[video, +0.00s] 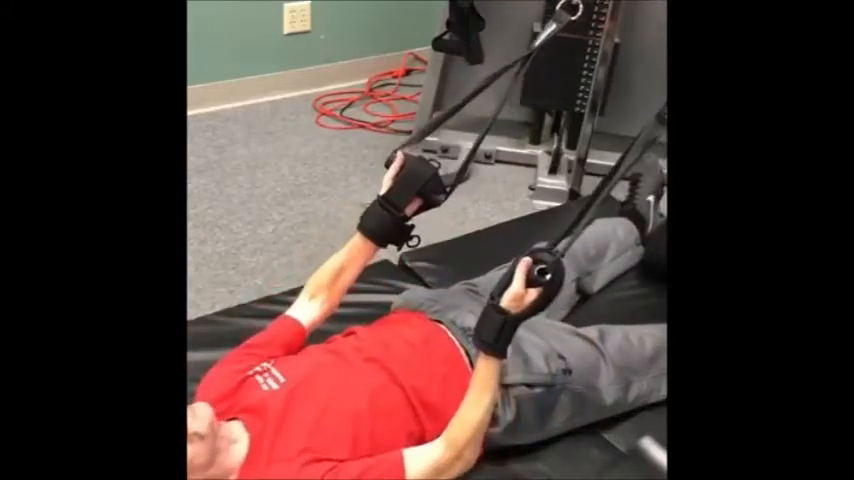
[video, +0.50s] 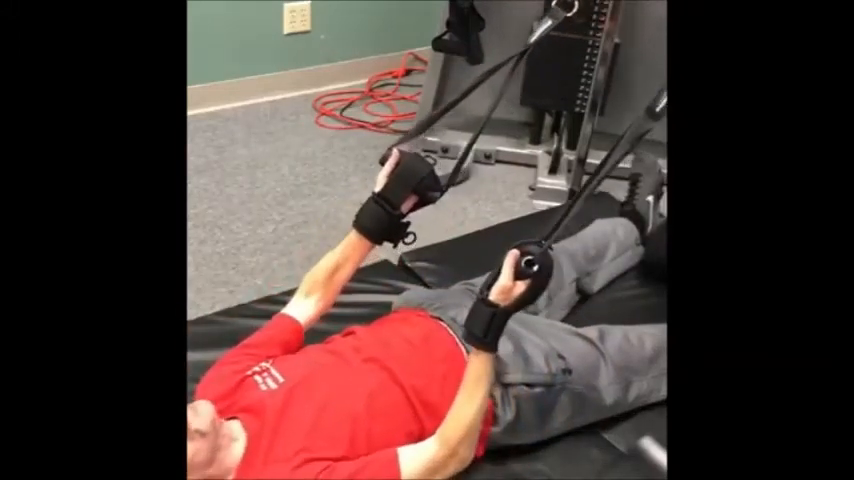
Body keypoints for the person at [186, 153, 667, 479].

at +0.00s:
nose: (198, 417)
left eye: (183, 415)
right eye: (187, 438)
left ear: (186, 409)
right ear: (194, 474)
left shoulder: (222, 381)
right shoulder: (289, 475)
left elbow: (315, 300)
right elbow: (449, 457)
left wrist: (386, 214)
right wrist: (500, 329)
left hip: (426, 312)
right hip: (488, 385)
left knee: (552, 270)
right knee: (646, 352)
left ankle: (635, 221)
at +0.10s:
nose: (197, 417)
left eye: (183, 415)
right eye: (186, 438)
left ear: (186, 410)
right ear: (194, 474)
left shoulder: (221, 382)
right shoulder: (286, 475)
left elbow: (314, 300)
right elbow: (447, 457)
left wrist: (385, 214)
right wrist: (500, 324)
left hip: (425, 314)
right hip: (488, 386)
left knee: (552, 270)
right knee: (643, 353)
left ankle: (634, 221)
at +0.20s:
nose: (197, 418)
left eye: (182, 416)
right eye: (186, 439)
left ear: (186, 410)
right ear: (194, 473)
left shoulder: (220, 382)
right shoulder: (284, 476)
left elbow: (314, 299)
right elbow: (445, 456)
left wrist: (384, 215)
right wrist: (495, 327)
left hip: (427, 313)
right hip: (488, 385)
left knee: (552, 270)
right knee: (642, 354)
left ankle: (633, 222)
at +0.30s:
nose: (198, 419)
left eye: (182, 417)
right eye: (185, 441)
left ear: (186, 410)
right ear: (194, 473)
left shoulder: (220, 382)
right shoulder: (285, 475)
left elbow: (313, 298)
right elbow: (444, 454)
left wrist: (384, 212)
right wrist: (495, 318)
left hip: (426, 314)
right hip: (489, 386)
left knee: (550, 269)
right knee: (640, 355)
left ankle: (633, 223)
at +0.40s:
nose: (197, 417)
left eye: (182, 416)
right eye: (185, 439)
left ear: (186, 410)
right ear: (194, 472)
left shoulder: (220, 382)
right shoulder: (285, 475)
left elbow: (312, 297)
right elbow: (444, 454)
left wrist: (383, 213)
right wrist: (494, 317)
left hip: (426, 313)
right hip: (490, 386)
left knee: (550, 269)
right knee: (639, 355)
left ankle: (634, 223)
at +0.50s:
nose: (198, 414)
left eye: (184, 411)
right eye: (187, 434)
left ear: (188, 406)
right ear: (196, 472)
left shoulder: (222, 380)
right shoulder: (285, 475)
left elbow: (311, 297)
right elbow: (445, 455)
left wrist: (382, 211)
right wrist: (493, 321)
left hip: (427, 313)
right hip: (490, 385)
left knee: (550, 269)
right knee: (641, 355)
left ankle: (634, 223)